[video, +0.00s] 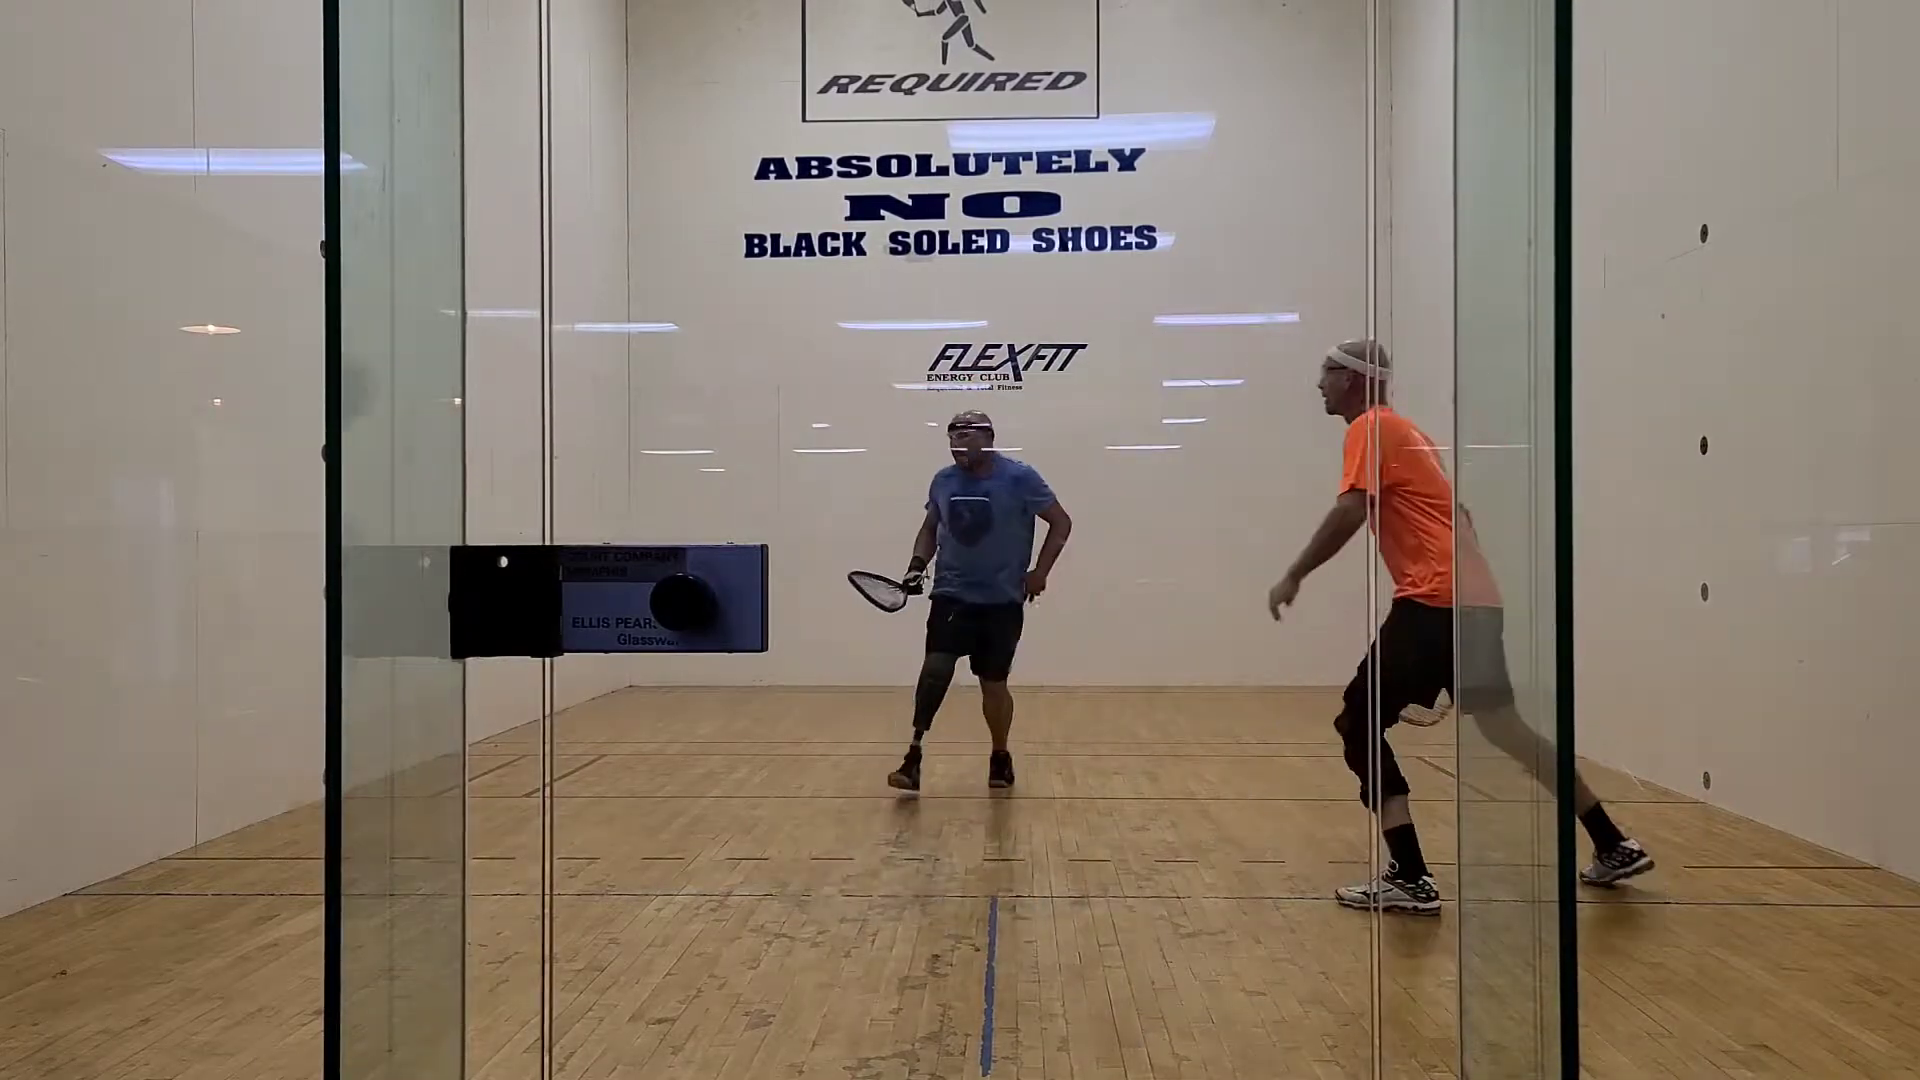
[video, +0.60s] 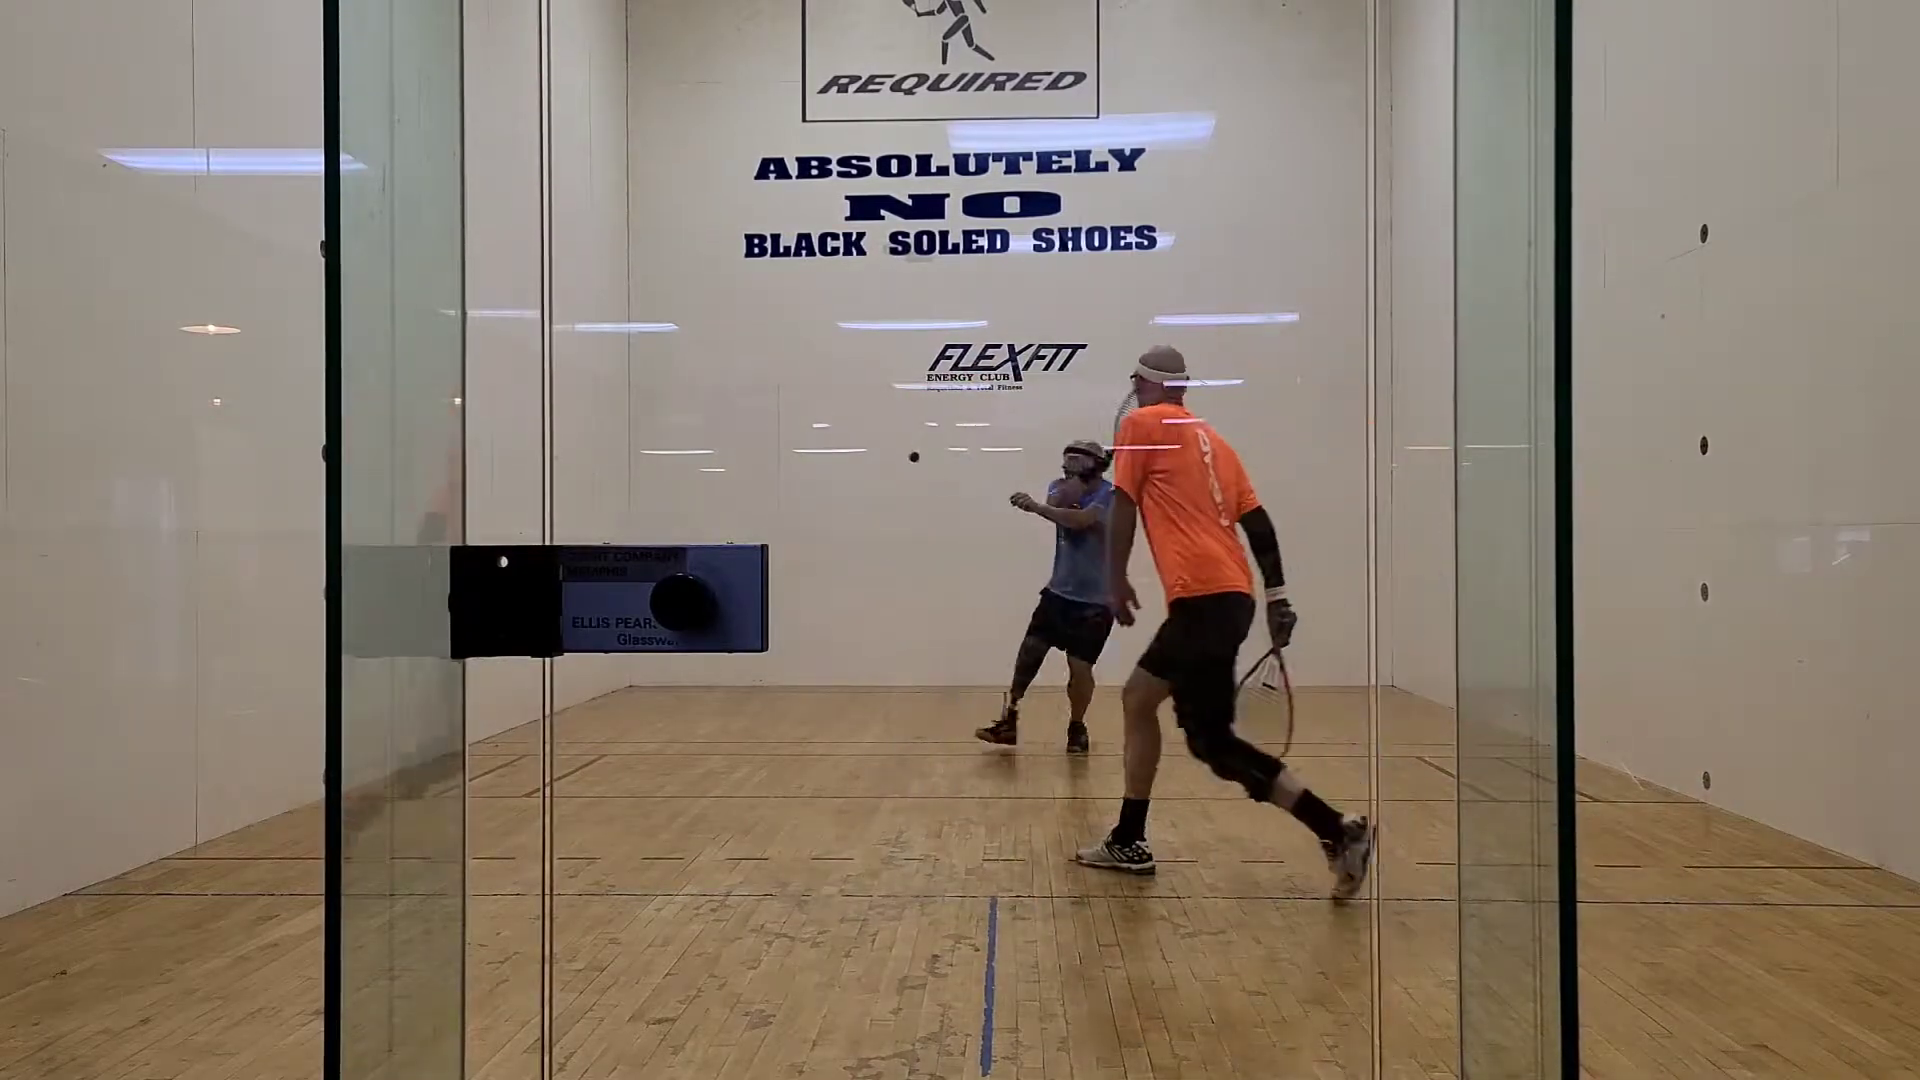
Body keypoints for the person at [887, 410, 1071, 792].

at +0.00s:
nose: (959, 450)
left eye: (966, 442)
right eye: (954, 444)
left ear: (988, 440)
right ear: (950, 445)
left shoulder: (1020, 477)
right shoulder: (945, 480)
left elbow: (1061, 522)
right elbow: (930, 528)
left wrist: (1041, 571)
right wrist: (917, 566)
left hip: (1001, 600)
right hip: (951, 597)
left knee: (993, 684)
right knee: (934, 673)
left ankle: (1000, 755)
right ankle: (913, 757)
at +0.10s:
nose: (972, 445)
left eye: (980, 438)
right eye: (968, 438)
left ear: (1000, 440)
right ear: (963, 442)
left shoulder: (1031, 479)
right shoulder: (951, 481)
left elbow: (1070, 522)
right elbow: (938, 529)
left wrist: (1064, 572)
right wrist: (927, 564)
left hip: (1013, 599)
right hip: (964, 596)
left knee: (1007, 677)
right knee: (951, 671)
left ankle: (1001, 755)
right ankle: (949, 722)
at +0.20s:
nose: (982, 445)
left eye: (991, 439)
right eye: (978, 439)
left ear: (1008, 444)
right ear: (972, 444)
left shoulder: (1038, 479)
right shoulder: (958, 484)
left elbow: (1076, 516)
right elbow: (945, 532)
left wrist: (1080, 561)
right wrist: (940, 563)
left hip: (1028, 591)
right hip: (979, 593)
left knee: (1025, 664)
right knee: (965, 672)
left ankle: (1021, 747)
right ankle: (962, 716)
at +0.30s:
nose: (987, 465)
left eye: (995, 459)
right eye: (985, 459)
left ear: (1017, 463)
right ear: (983, 464)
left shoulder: (1043, 498)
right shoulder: (971, 503)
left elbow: (1095, 523)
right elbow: (954, 545)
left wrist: (1099, 540)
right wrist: (951, 561)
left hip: (1035, 605)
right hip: (989, 608)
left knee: (1046, 675)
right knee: (977, 677)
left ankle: (1059, 729)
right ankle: (962, 735)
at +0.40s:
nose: (1012, 461)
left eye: (1021, 456)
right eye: (1010, 457)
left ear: (1040, 465)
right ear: (1007, 465)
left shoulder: (1062, 499)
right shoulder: (998, 503)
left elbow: (1104, 527)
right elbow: (974, 551)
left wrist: (1079, 519)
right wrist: (980, 526)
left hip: (1052, 607)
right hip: (1007, 605)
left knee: (1057, 678)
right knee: (985, 670)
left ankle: (1081, 713)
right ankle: (963, 733)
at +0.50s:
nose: (1048, 461)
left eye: (1055, 456)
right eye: (1045, 456)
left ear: (1073, 463)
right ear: (1040, 463)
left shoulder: (1092, 495)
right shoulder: (1037, 493)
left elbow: (1082, 519)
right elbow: (1016, 520)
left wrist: (1043, 501)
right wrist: (1028, 497)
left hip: (1075, 602)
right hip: (1033, 596)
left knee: (1068, 674)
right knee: (1009, 664)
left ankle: (1079, 726)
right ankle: (970, 730)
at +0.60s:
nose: (1070, 465)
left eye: (1077, 460)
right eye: (1068, 460)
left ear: (1095, 463)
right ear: (1065, 463)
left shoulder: (1109, 495)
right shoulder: (1058, 489)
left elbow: (1081, 520)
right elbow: (1059, 501)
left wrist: (1037, 507)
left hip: (1096, 599)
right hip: (1059, 592)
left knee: (1079, 666)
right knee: (1030, 652)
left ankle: (1077, 725)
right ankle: (1008, 719)